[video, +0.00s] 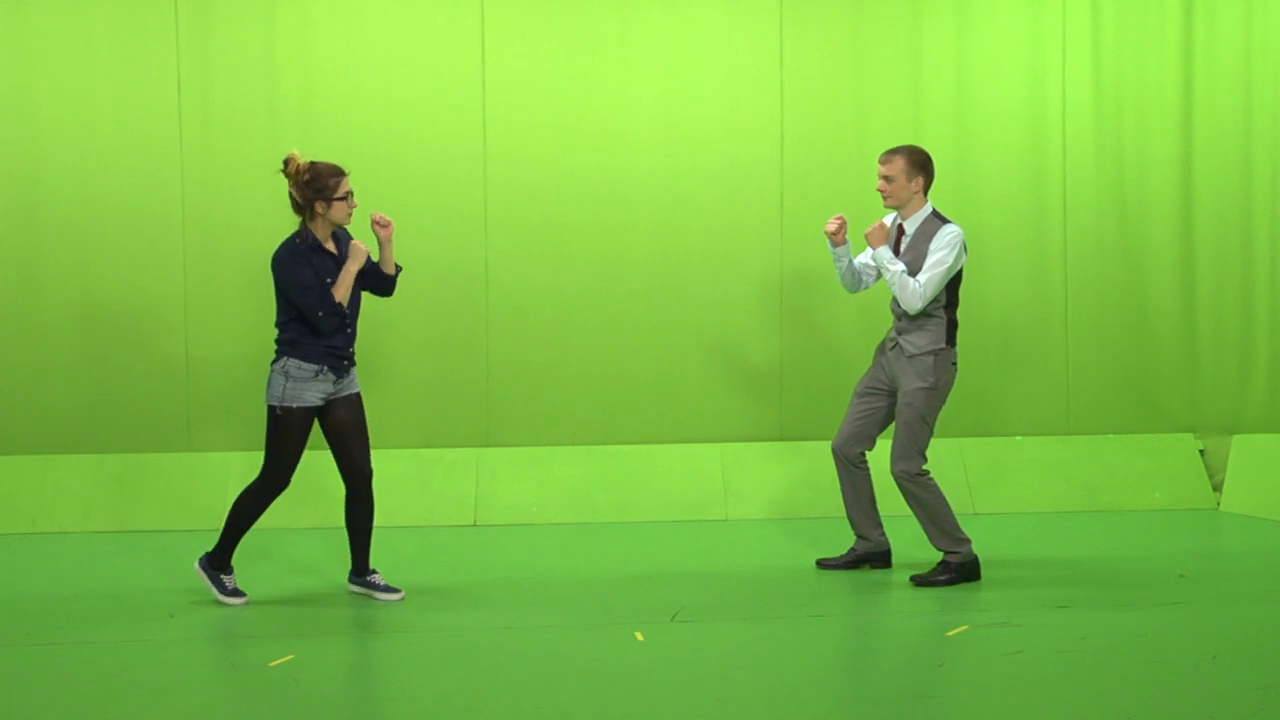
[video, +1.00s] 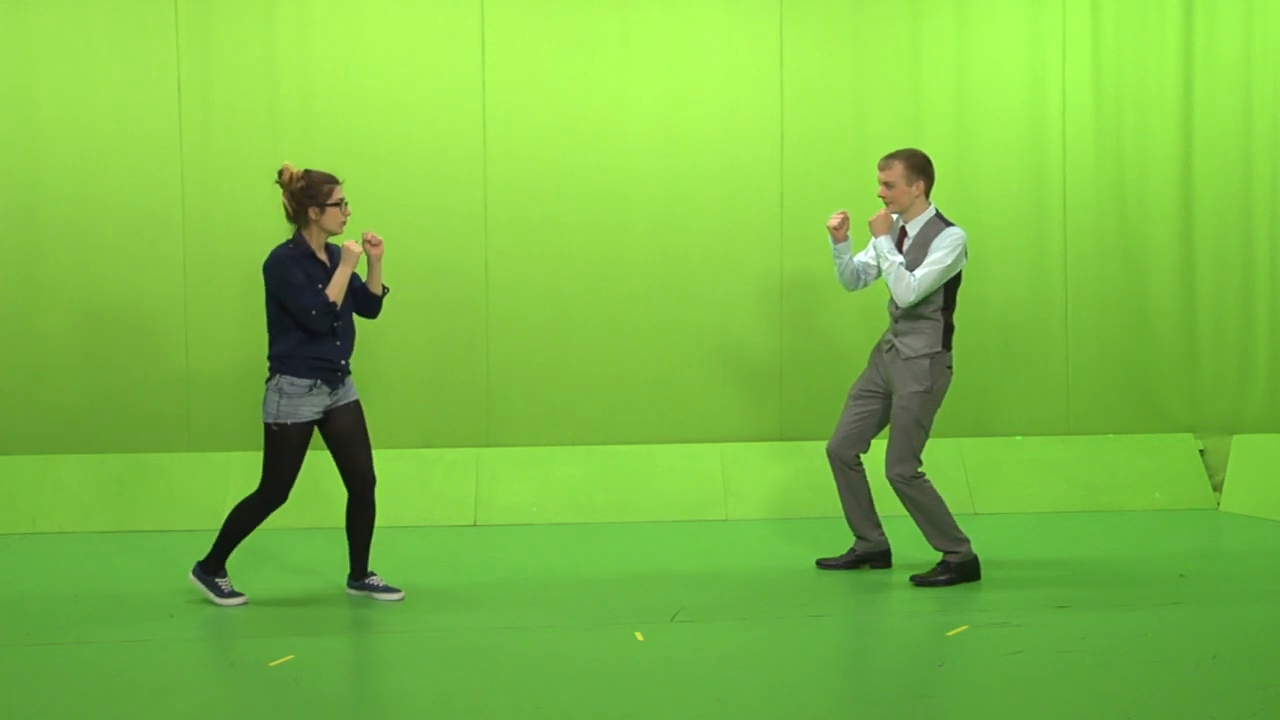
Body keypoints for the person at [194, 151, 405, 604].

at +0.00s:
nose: (354, 203)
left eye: (352, 195)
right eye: (345, 197)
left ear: (329, 205)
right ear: (319, 207)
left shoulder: (343, 247)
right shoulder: (290, 256)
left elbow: (385, 286)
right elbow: (327, 318)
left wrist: (386, 244)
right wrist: (352, 266)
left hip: (340, 376)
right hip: (296, 375)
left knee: (360, 476)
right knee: (276, 478)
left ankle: (361, 571)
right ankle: (216, 561)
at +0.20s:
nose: (351, 224)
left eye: (349, 216)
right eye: (342, 218)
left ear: (324, 227)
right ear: (317, 228)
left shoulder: (337, 271)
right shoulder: (285, 275)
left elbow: (372, 315)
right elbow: (312, 338)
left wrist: (380, 274)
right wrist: (342, 288)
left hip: (329, 396)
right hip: (285, 395)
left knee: (369, 485)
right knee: (276, 499)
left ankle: (360, 575)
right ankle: (207, 569)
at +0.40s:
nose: (351, 219)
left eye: (349, 212)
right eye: (343, 214)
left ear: (325, 222)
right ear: (317, 223)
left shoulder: (338, 268)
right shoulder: (287, 271)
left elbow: (373, 313)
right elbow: (315, 332)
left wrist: (381, 270)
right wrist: (346, 282)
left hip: (334, 394)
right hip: (290, 395)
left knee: (370, 484)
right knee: (275, 496)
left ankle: (360, 575)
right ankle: (207, 569)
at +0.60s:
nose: (355, 207)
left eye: (353, 199)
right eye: (347, 201)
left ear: (330, 210)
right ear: (321, 211)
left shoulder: (345, 256)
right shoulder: (292, 259)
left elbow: (380, 303)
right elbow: (323, 319)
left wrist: (386, 259)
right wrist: (353, 266)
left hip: (344, 383)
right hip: (298, 384)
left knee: (368, 481)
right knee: (282, 489)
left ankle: (360, 574)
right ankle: (215, 565)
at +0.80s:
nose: (352, 230)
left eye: (350, 223)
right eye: (344, 224)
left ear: (326, 232)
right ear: (318, 233)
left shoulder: (343, 276)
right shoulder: (289, 283)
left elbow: (373, 330)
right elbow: (323, 341)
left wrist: (379, 285)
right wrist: (353, 287)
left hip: (353, 401)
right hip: (308, 406)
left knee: (384, 492)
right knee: (290, 512)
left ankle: (361, 576)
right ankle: (210, 567)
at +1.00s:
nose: (348, 211)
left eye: (346, 203)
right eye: (339, 205)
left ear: (323, 212)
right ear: (313, 213)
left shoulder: (334, 259)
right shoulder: (283, 262)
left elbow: (369, 308)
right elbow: (318, 319)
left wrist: (374, 262)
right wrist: (347, 267)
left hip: (337, 387)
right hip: (292, 389)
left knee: (363, 484)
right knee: (274, 492)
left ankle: (359, 575)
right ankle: (210, 567)